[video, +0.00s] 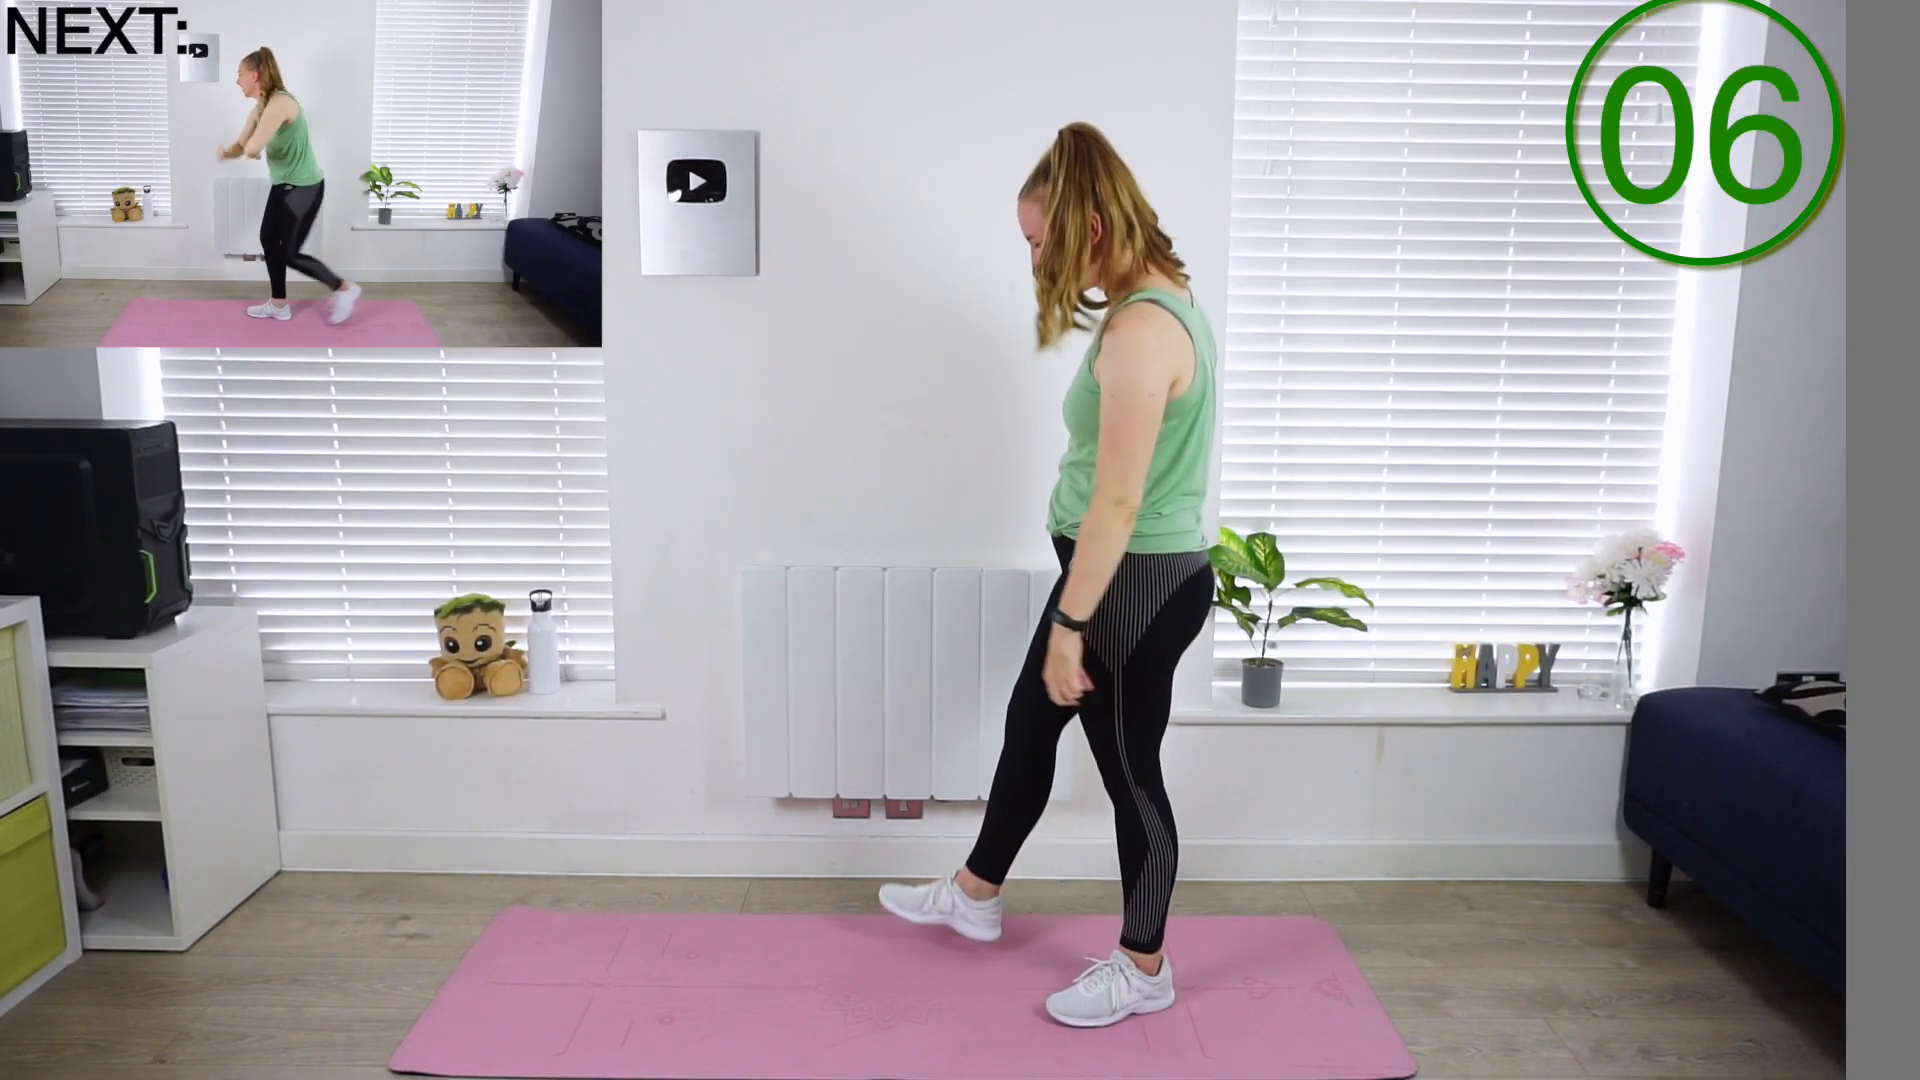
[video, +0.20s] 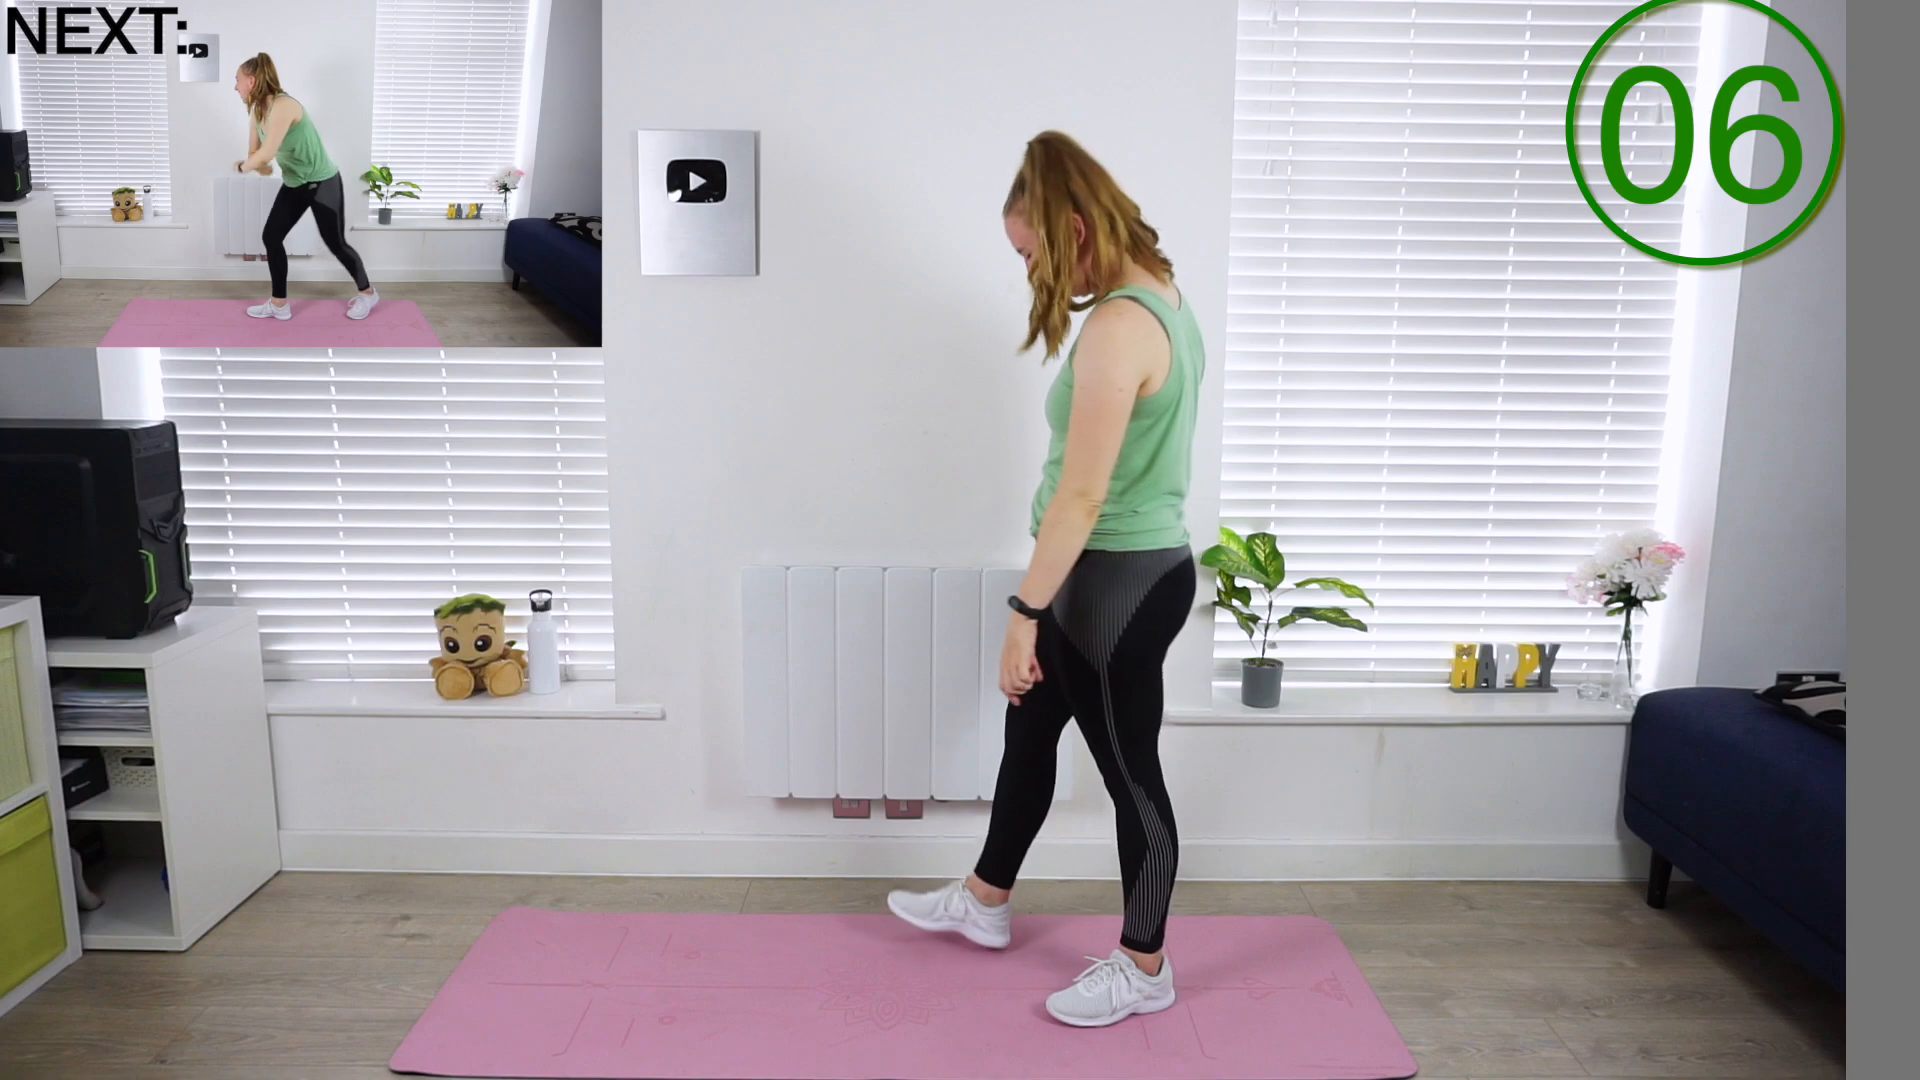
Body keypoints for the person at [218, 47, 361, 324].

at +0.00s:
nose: (238, 81)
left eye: (241, 75)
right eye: (238, 75)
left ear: (257, 77)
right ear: (256, 77)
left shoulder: (280, 103)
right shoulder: (261, 107)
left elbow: (253, 149)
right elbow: (243, 143)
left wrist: (251, 151)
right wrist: (229, 153)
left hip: (305, 186)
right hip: (283, 185)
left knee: (289, 252)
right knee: (269, 239)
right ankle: (279, 303)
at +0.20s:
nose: (235, 87)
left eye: (238, 80)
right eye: (236, 80)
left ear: (253, 81)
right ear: (253, 80)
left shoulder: (283, 106)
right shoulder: (257, 111)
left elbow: (267, 153)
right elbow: (253, 150)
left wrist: (247, 164)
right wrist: (262, 166)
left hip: (323, 181)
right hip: (295, 184)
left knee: (335, 242)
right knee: (271, 236)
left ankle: (367, 292)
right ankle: (279, 303)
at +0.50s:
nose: (242, 82)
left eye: (245, 77)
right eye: (243, 77)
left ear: (261, 81)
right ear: (261, 81)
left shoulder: (283, 105)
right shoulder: (263, 109)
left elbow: (255, 142)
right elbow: (239, 142)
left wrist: (247, 141)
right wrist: (220, 148)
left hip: (310, 192)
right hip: (285, 191)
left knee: (310, 258)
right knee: (259, 240)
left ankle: (361, 288)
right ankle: (278, 305)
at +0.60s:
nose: (246, 75)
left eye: (250, 70)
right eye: (247, 70)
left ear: (268, 75)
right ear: (268, 76)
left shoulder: (282, 99)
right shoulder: (271, 98)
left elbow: (236, 115)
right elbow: (238, 117)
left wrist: (234, 105)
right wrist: (228, 125)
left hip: (294, 189)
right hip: (278, 187)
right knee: (255, 243)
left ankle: (328, 285)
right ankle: (277, 305)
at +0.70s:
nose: (250, 68)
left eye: (255, 63)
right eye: (251, 62)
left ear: (275, 68)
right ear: (275, 68)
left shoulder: (278, 92)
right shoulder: (278, 92)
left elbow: (233, 86)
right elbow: (239, 88)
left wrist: (215, 69)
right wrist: (220, 73)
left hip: (281, 185)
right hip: (275, 183)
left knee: (238, 243)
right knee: (254, 242)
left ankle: (278, 302)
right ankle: (274, 300)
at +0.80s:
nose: (254, 59)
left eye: (259, 56)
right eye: (255, 55)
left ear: (278, 63)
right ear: (276, 65)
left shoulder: (272, 86)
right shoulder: (278, 84)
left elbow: (231, 67)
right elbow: (252, 70)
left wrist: (209, 49)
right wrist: (236, 48)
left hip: (267, 181)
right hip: (274, 179)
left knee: (225, 239)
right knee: (259, 241)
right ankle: (277, 305)